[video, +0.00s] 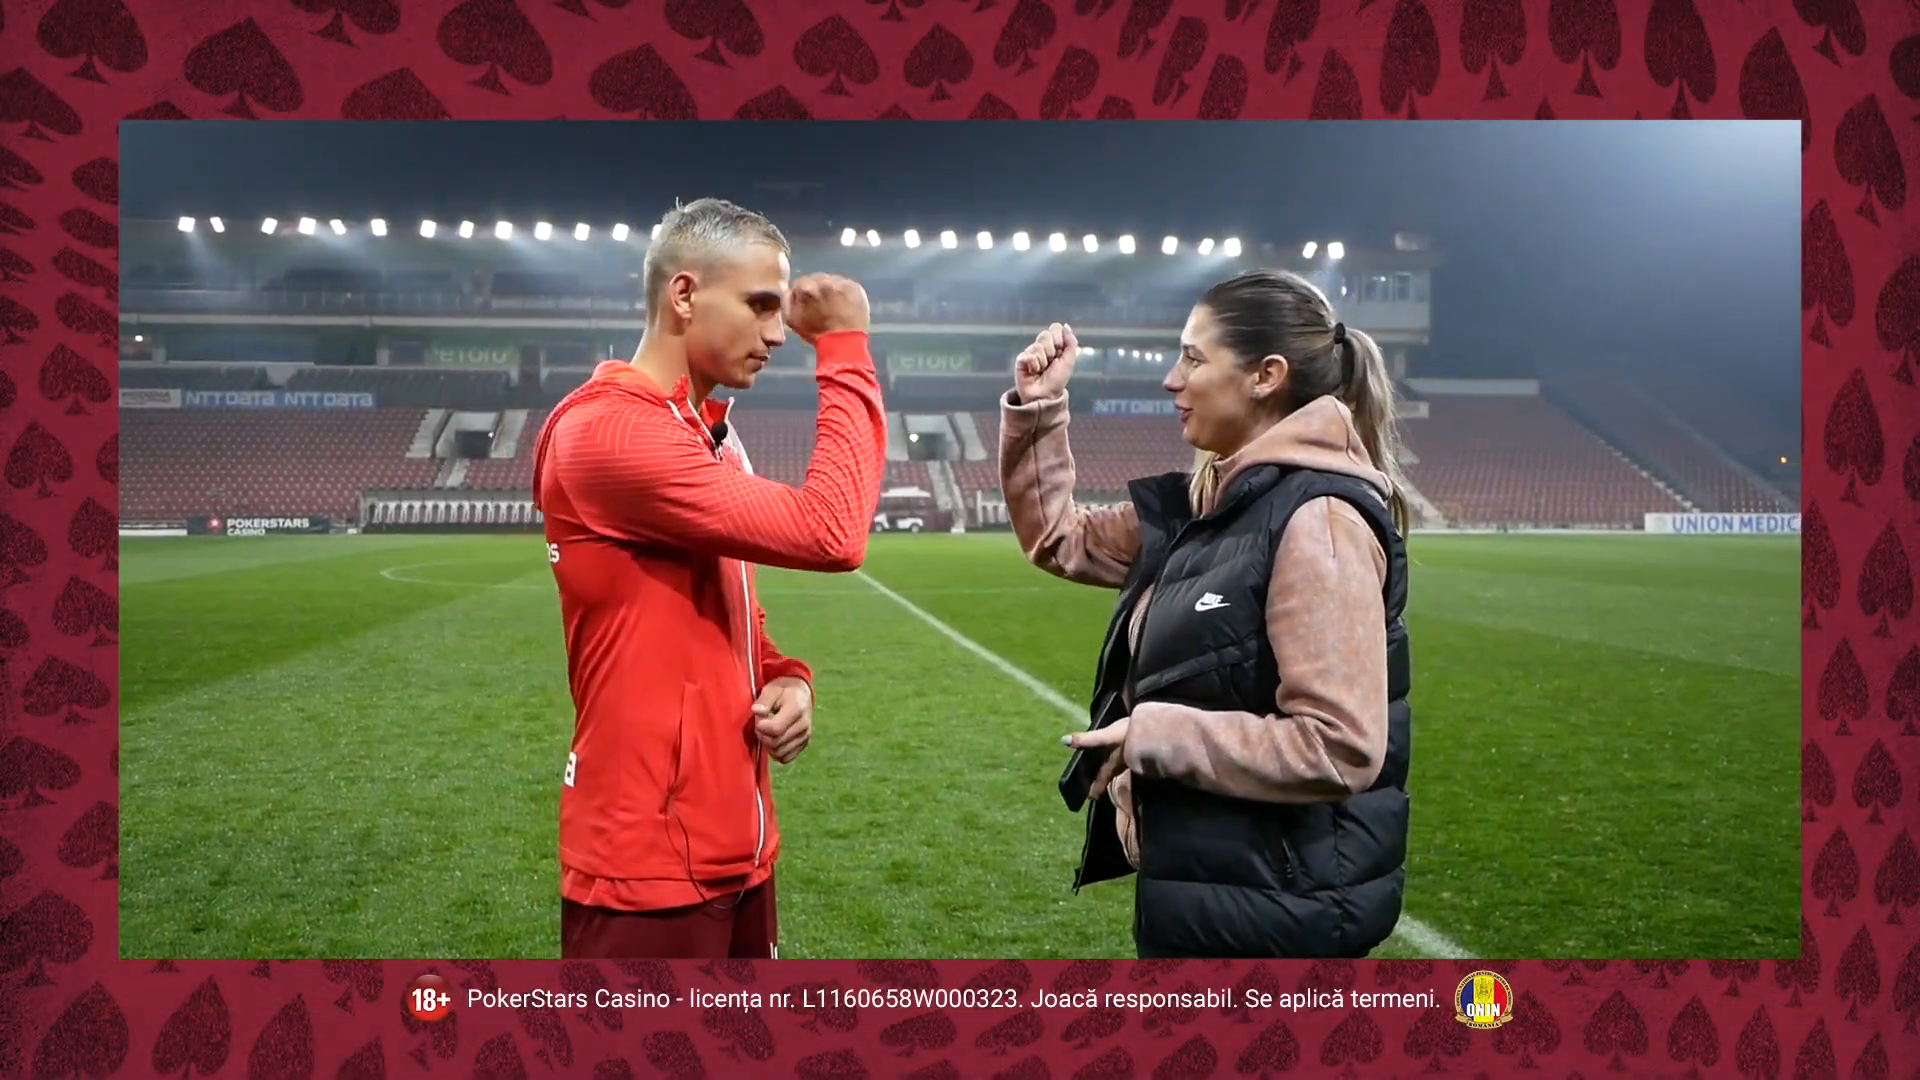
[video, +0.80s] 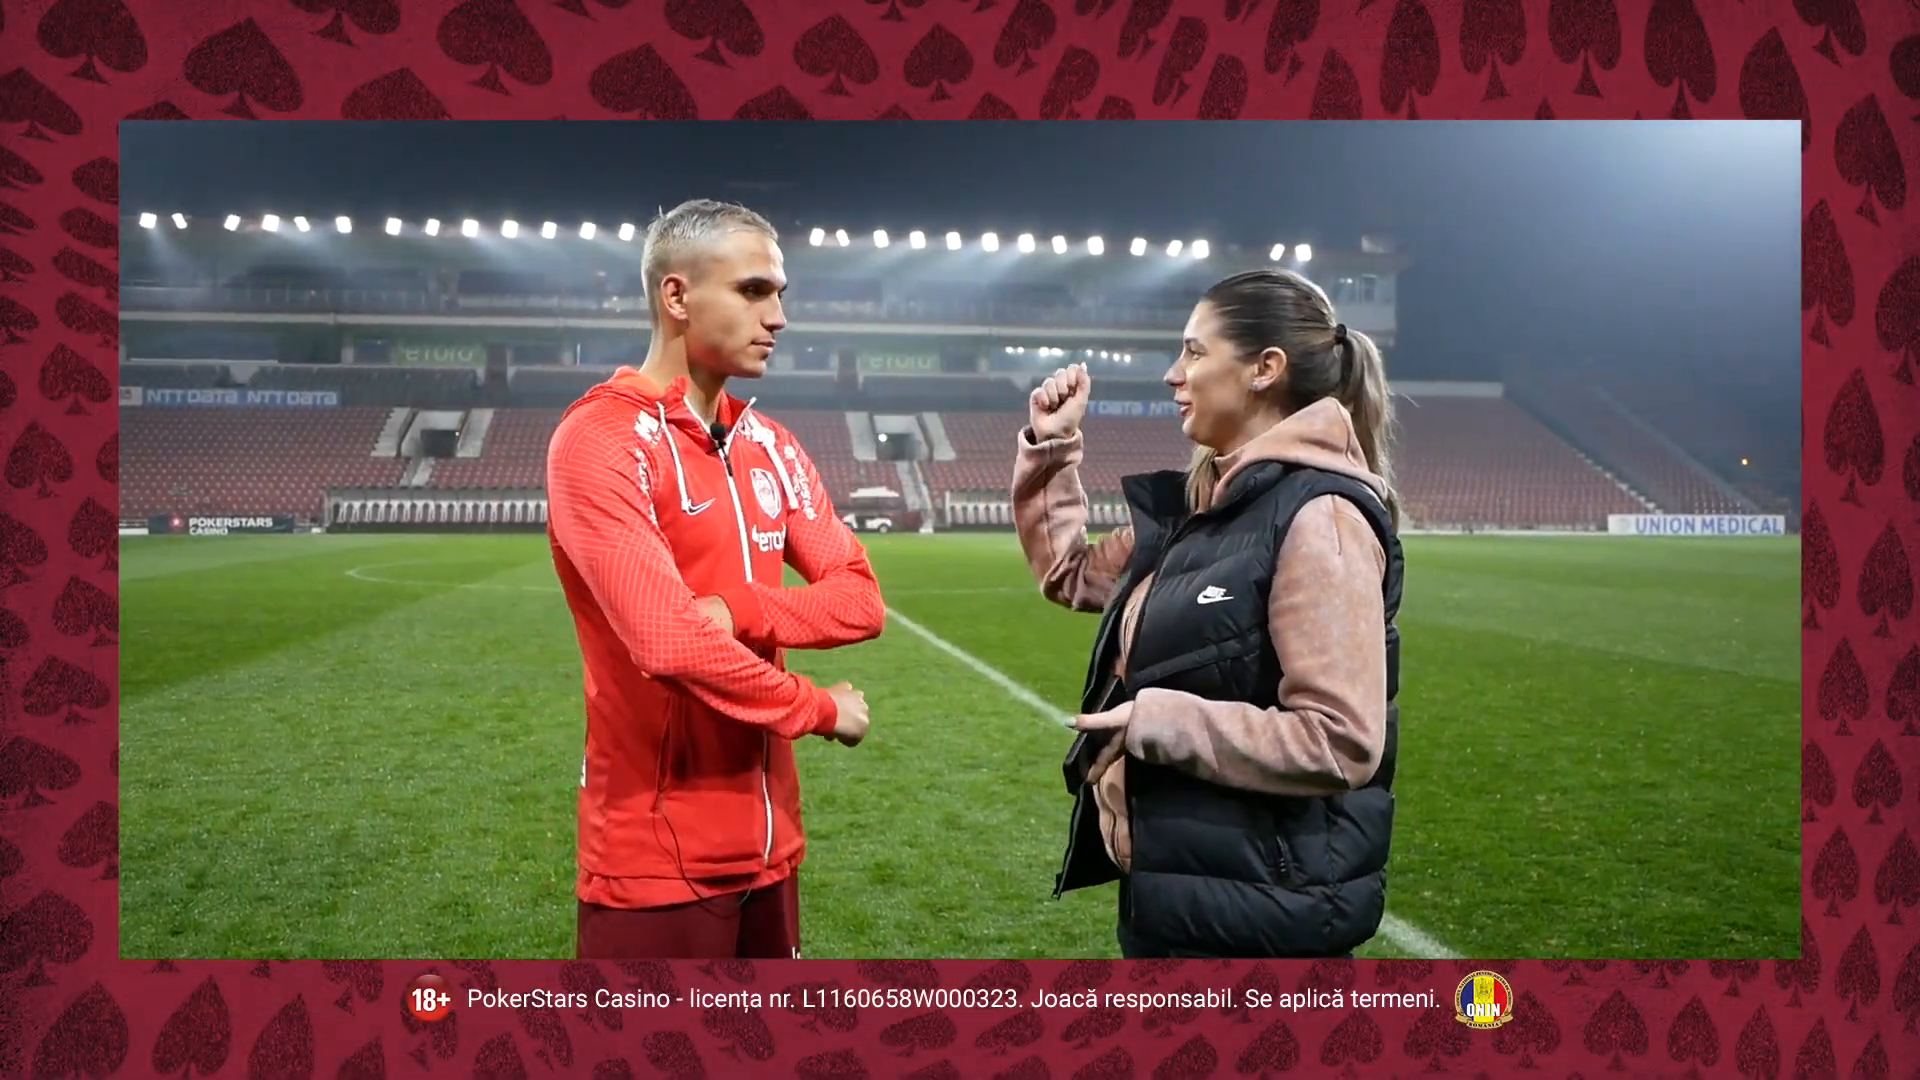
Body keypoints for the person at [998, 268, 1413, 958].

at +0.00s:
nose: (1172, 381)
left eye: (1192, 358)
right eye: (1180, 358)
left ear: (1267, 377)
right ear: (1264, 379)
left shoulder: (1320, 520)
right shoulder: (1212, 503)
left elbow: (1338, 746)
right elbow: (1057, 539)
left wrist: (1155, 732)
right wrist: (1037, 411)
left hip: (1271, 918)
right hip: (1201, 904)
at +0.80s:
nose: (1173, 375)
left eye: (1194, 353)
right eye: (1180, 354)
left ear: (1266, 369)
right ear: (1263, 371)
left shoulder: (1322, 517)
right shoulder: (1215, 505)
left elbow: (1339, 742)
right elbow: (1069, 574)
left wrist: (1153, 720)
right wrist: (1050, 450)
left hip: (1258, 918)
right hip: (1183, 906)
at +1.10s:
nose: (1174, 374)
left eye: (1195, 351)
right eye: (1183, 353)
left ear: (1265, 369)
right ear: (1257, 370)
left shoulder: (1314, 521)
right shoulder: (1223, 506)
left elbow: (1329, 743)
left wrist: (1149, 724)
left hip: (1253, 922)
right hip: (1187, 911)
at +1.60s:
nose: (1146, 371)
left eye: (1167, 350)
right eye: (1155, 350)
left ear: (1234, 373)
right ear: (1230, 375)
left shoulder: (1285, 512)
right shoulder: (1216, 501)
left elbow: (1310, 733)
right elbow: (1204, 688)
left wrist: (1133, 722)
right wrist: (1112, 785)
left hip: (1254, 913)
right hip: (1204, 905)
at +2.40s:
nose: (1194, 393)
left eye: (1215, 371)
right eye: (1202, 372)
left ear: (1285, 386)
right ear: (1277, 386)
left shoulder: (1340, 525)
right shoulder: (1244, 514)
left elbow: (1261, 711)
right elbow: (1146, 667)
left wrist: (1115, 605)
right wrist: (1038, 595)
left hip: (1297, 908)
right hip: (1228, 900)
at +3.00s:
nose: (1192, 381)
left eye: (1217, 358)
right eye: (1204, 360)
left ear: (1284, 379)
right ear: (1277, 379)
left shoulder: (1324, 523)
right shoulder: (1235, 511)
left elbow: (1338, 740)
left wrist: (1169, 753)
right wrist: (1115, 645)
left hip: (1282, 910)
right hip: (1219, 904)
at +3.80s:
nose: (1171, 403)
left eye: (1190, 378)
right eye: (1179, 380)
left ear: (1259, 393)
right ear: (1254, 395)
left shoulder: (1335, 541)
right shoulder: (1223, 522)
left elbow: (1325, 754)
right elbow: (1166, 682)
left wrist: (1154, 698)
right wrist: (1060, 629)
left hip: (1290, 912)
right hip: (1208, 900)